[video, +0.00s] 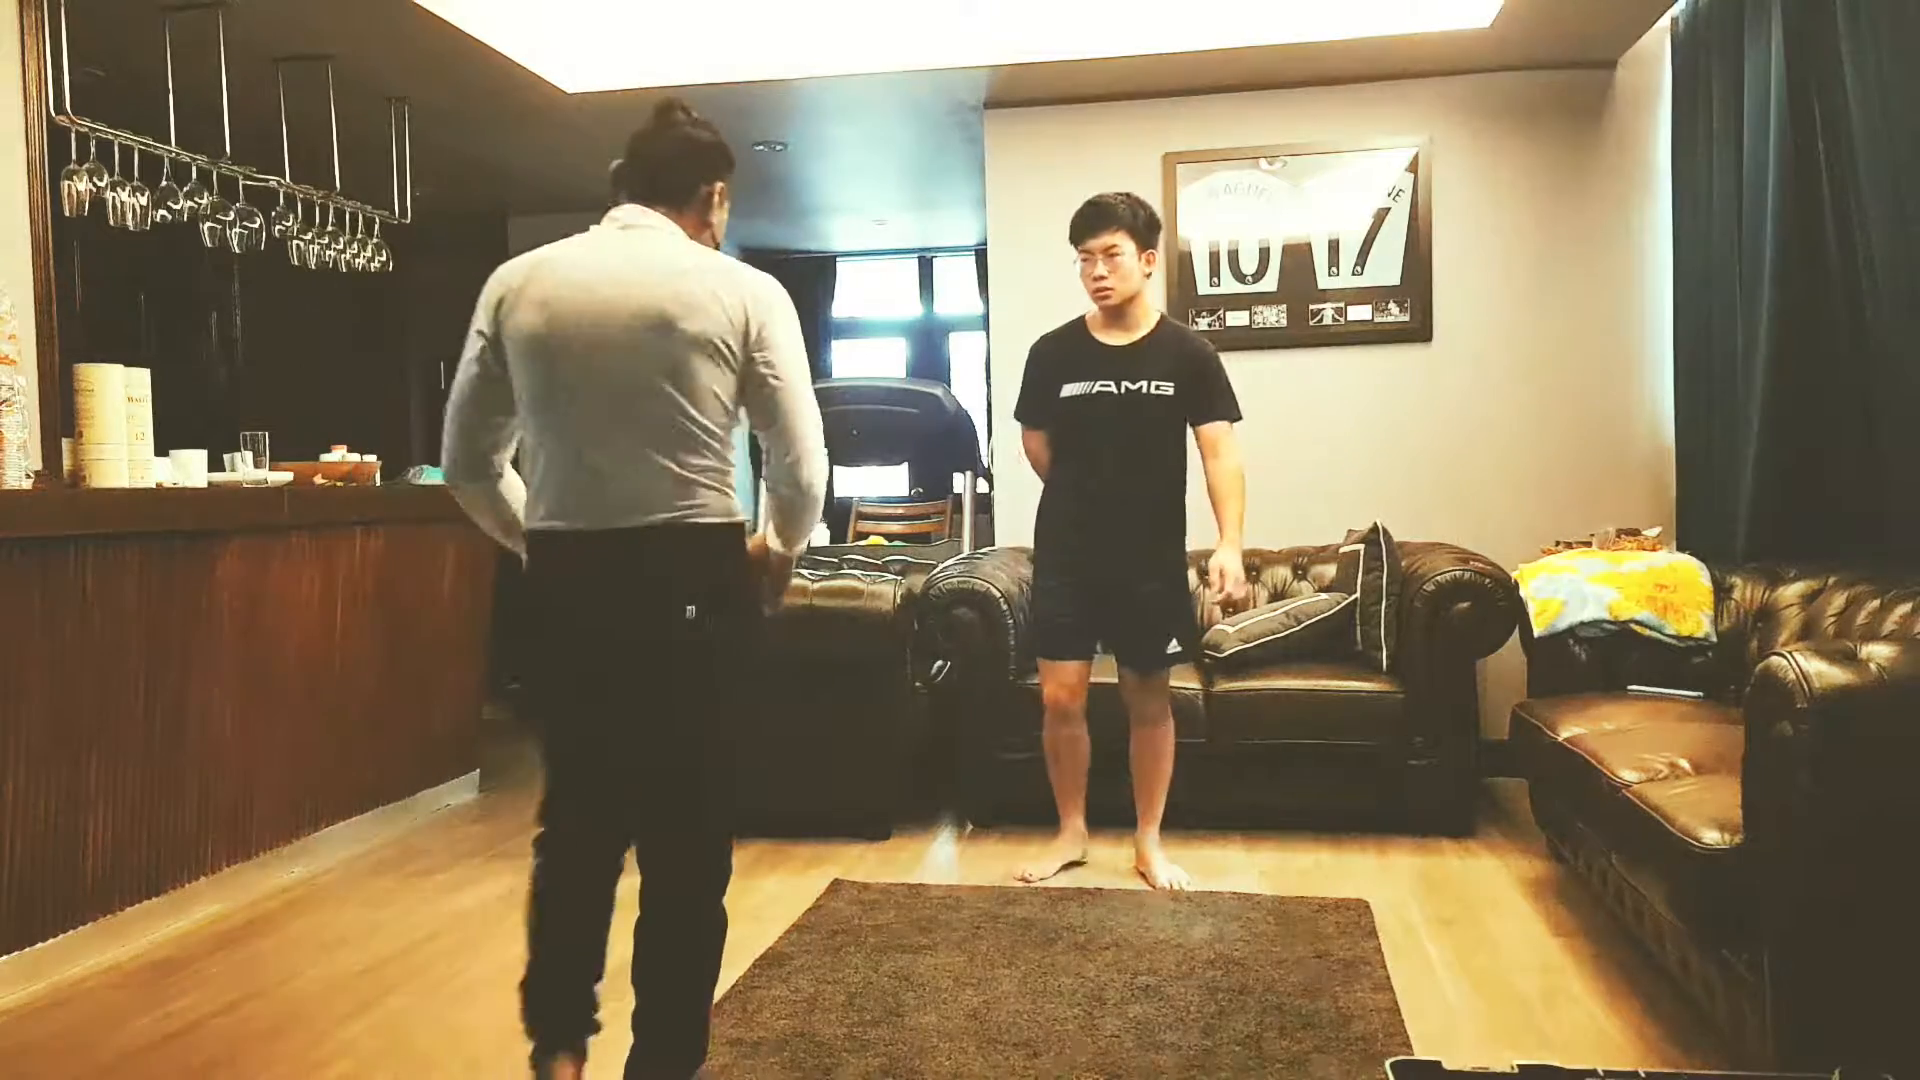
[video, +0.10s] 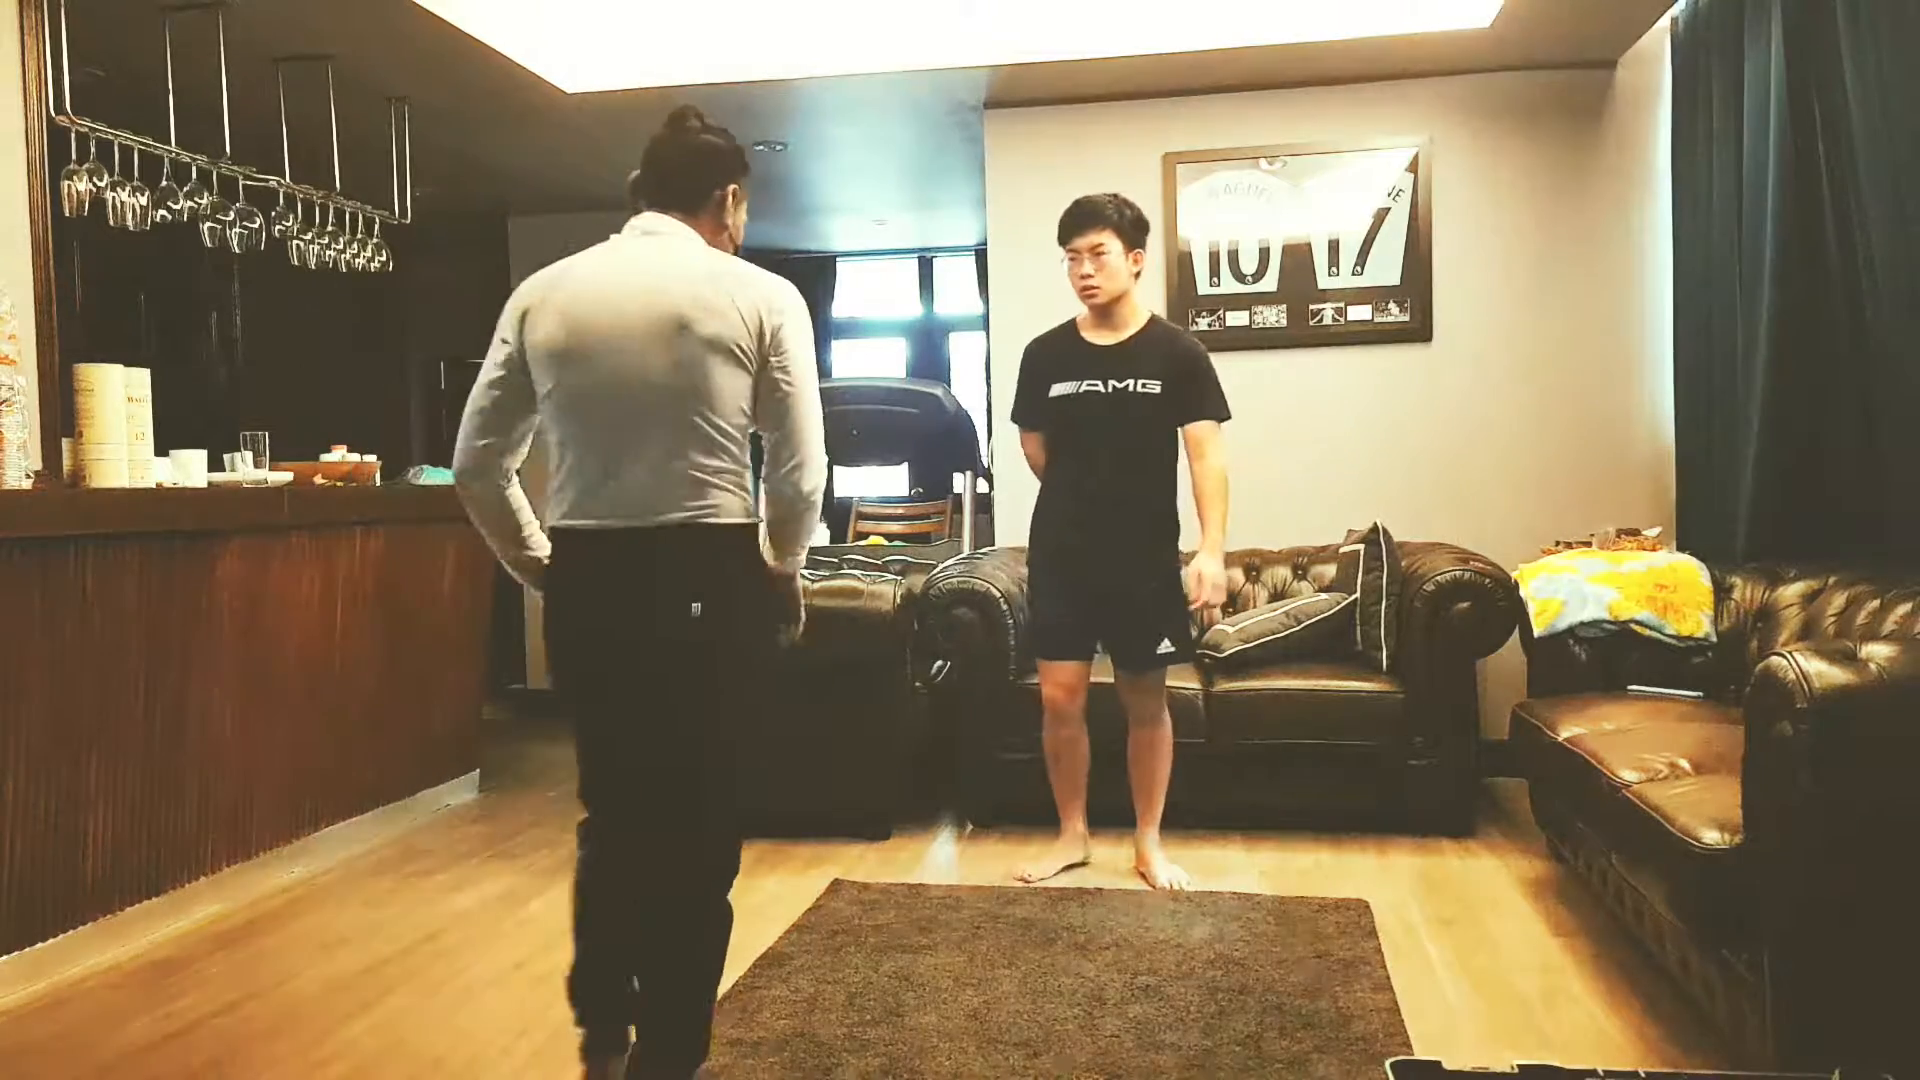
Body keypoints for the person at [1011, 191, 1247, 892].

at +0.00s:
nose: (1096, 271)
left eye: (1111, 255)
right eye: (1086, 258)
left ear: (1149, 259)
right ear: (1076, 265)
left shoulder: (1187, 355)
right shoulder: (1052, 353)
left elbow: (1220, 452)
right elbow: (1037, 446)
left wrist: (1229, 543)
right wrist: (1085, 490)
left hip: (1149, 555)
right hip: (1067, 555)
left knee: (1149, 704)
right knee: (1061, 698)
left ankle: (1148, 841)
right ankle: (1071, 835)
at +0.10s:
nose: (1083, 269)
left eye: (1098, 254)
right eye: (1073, 257)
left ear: (1137, 259)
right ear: (1064, 266)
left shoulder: (1178, 354)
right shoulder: (1044, 355)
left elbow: (1207, 457)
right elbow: (1036, 450)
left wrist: (1211, 552)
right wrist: (1089, 488)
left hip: (1143, 554)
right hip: (1062, 554)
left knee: (1146, 704)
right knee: (1059, 697)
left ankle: (1148, 843)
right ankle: (1072, 836)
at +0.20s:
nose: (1067, 269)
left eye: (1082, 254)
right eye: (1058, 258)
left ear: (1122, 259)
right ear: (1051, 268)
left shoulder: (1165, 353)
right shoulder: (1035, 356)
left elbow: (1187, 459)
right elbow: (1032, 451)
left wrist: (1184, 558)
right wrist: (1087, 489)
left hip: (1133, 553)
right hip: (1055, 553)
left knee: (1138, 698)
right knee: (1053, 693)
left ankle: (1148, 843)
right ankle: (1070, 838)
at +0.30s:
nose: (1050, 271)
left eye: (1064, 255)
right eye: (1041, 260)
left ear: (1105, 259)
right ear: (1036, 270)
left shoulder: (1149, 352)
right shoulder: (1025, 359)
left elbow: (1167, 463)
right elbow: (1028, 454)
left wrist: (1152, 562)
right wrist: (1086, 487)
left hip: (1122, 551)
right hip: (1047, 552)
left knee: (1130, 702)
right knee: (1051, 693)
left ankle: (1147, 844)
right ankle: (1071, 842)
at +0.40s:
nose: (1035, 274)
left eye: (1049, 259)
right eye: (1026, 263)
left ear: (1090, 262)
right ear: (1022, 272)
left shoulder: (1135, 352)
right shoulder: (1015, 363)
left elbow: (1149, 464)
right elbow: (1022, 457)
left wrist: (1121, 561)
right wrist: (1073, 496)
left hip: (1108, 548)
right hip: (1038, 548)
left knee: (1118, 700)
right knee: (1048, 692)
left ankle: (1149, 842)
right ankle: (1070, 843)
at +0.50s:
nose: (1022, 277)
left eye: (1037, 263)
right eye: (1014, 266)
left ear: (1077, 267)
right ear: (1008, 274)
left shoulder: (1122, 351)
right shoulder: (1006, 365)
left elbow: (1138, 463)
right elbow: (1017, 462)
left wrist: (1100, 557)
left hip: (1100, 545)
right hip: (1030, 549)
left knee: (1103, 691)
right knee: (1047, 691)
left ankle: (1148, 824)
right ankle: (1070, 839)